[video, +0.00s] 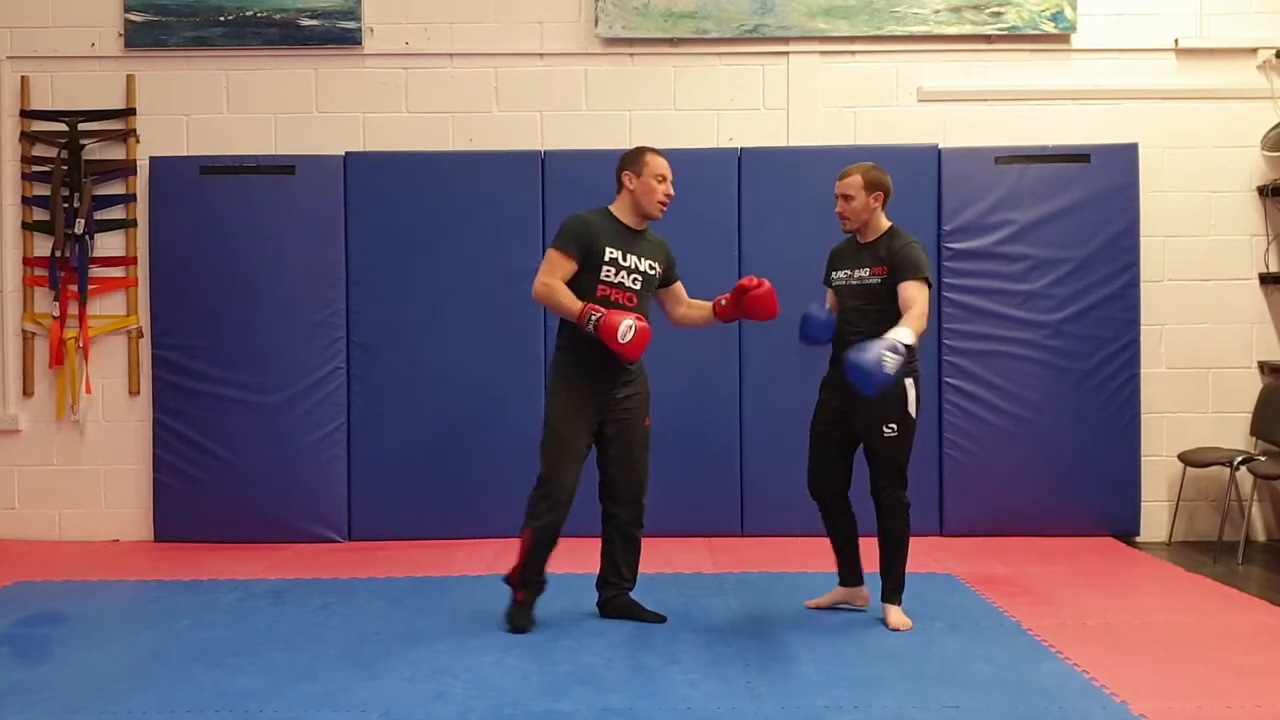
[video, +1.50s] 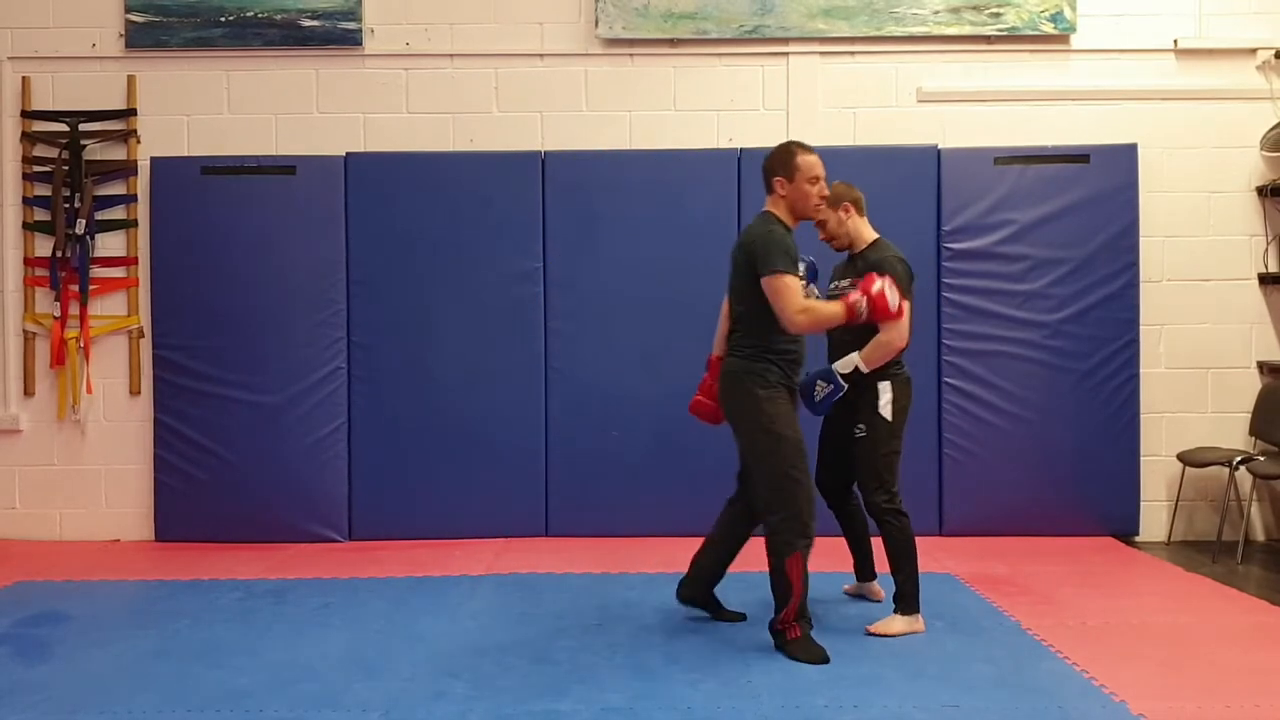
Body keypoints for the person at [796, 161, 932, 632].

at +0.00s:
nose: (838, 207)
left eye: (847, 198)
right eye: (837, 198)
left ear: (876, 200)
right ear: (853, 201)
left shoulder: (904, 250)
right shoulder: (839, 253)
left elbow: (917, 314)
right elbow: (831, 311)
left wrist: (892, 343)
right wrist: (819, 323)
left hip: (888, 383)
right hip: (840, 381)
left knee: (888, 490)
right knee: (825, 484)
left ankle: (892, 602)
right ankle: (851, 586)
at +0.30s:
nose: (832, 212)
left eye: (839, 203)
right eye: (829, 204)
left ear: (867, 200)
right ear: (832, 204)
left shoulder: (891, 253)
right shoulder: (834, 249)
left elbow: (890, 329)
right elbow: (808, 314)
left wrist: (838, 364)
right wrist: (812, 273)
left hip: (874, 381)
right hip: (834, 380)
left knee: (875, 489)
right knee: (838, 489)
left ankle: (893, 601)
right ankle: (856, 591)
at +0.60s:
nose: (821, 219)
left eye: (827, 210)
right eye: (817, 210)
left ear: (855, 205)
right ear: (819, 210)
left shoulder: (881, 254)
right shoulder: (825, 252)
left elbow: (895, 328)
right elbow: (806, 319)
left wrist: (841, 363)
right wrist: (805, 278)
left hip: (867, 381)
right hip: (830, 380)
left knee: (861, 486)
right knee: (838, 487)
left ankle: (896, 595)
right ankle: (857, 591)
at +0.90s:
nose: (827, 218)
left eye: (833, 209)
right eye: (823, 210)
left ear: (860, 204)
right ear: (827, 210)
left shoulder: (883, 253)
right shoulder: (837, 254)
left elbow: (896, 326)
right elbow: (817, 325)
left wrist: (839, 359)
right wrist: (812, 287)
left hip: (870, 383)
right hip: (838, 382)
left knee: (871, 492)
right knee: (844, 491)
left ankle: (906, 606)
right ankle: (859, 592)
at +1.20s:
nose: (839, 215)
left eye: (845, 206)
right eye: (837, 207)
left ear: (873, 201)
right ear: (860, 204)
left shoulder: (895, 254)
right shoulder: (858, 253)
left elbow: (895, 324)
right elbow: (844, 327)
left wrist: (839, 360)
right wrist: (826, 292)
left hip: (884, 383)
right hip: (854, 381)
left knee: (890, 496)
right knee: (834, 485)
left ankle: (909, 613)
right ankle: (861, 587)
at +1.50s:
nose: (822, 233)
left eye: (824, 223)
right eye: (819, 225)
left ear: (849, 212)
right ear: (842, 215)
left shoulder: (889, 264)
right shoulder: (845, 266)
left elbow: (895, 337)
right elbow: (843, 326)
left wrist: (840, 372)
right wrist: (812, 297)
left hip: (881, 389)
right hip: (849, 389)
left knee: (881, 495)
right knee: (833, 482)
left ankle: (910, 611)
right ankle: (866, 579)